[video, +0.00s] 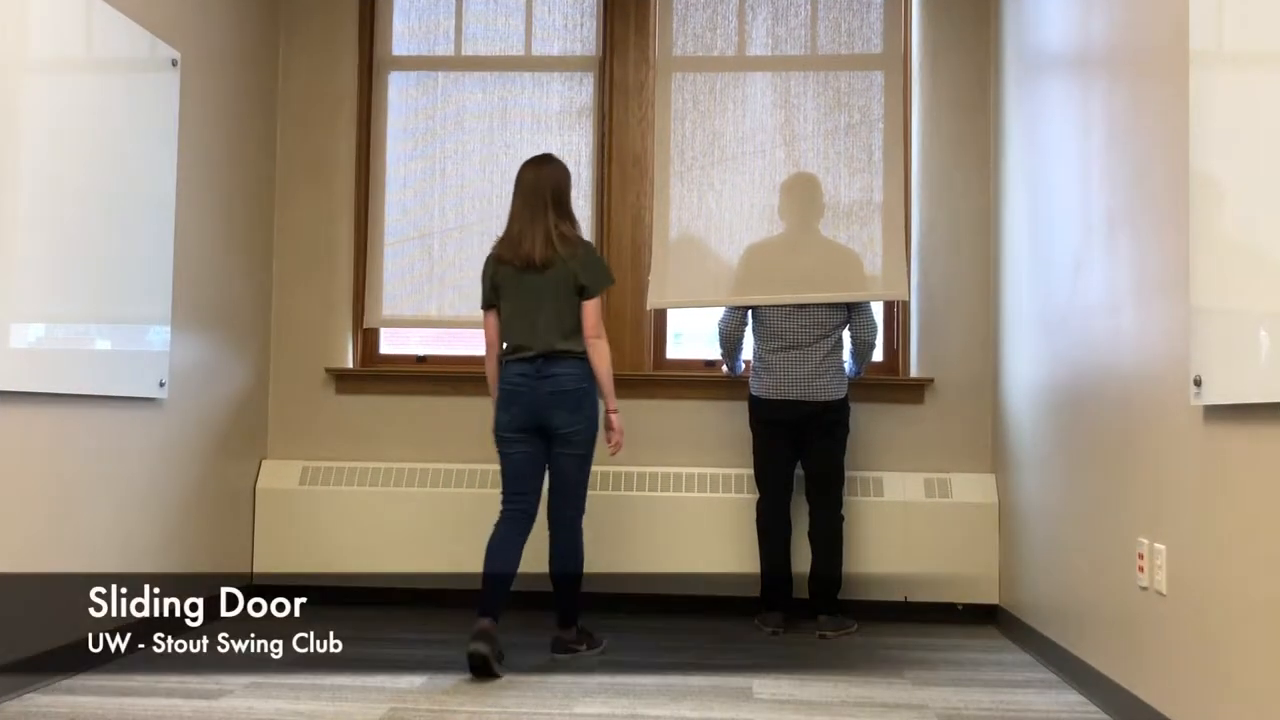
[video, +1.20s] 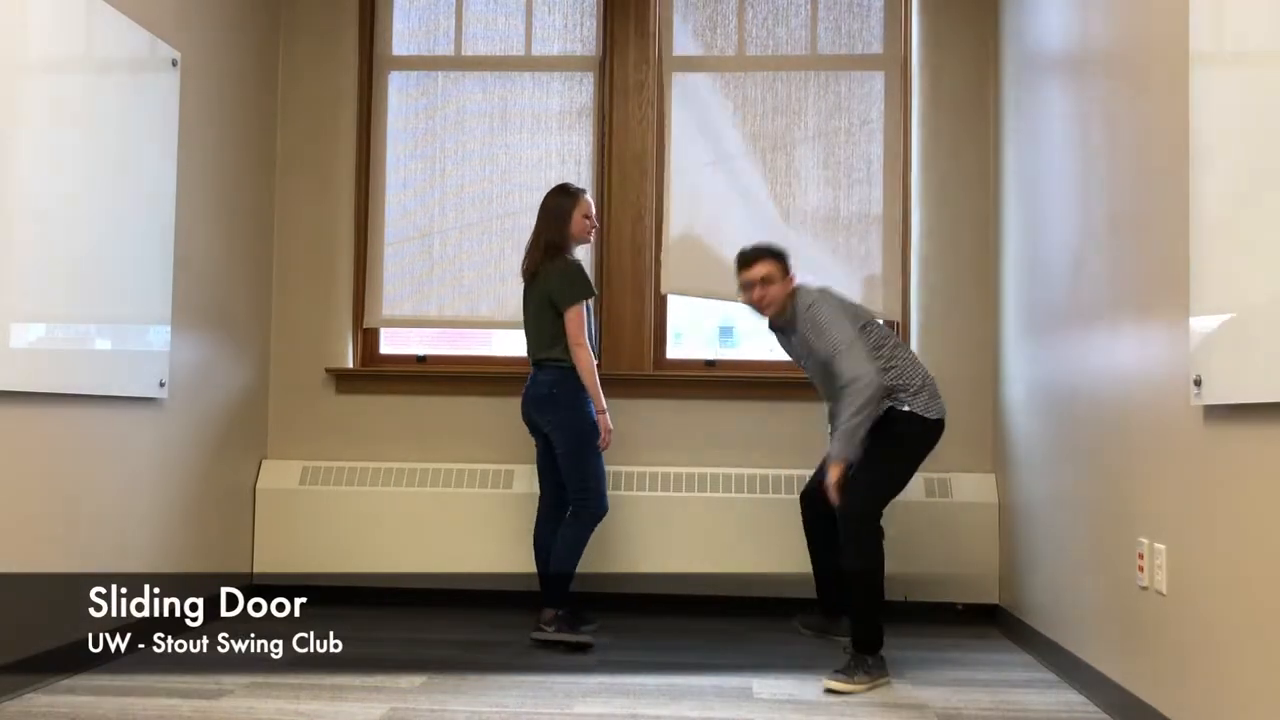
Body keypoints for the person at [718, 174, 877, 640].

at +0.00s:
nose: (798, 211)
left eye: (792, 202)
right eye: (806, 202)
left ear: (782, 207)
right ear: (820, 207)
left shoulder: (758, 256)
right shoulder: (843, 259)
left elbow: (731, 324)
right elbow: (866, 328)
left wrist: (733, 362)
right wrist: (854, 369)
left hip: (771, 398)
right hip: (826, 398)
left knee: (773, 504)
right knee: (826, 506)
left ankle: (774, 611)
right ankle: (825, 612)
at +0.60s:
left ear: (780, 241)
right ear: (821, 236)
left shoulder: (773, 273)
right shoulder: (852, 271)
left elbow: (731, 344)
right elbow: (891, 340)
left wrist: (729, 365)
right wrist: (866, 376)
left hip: (814, 390)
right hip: (869, 392)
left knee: (785, 495)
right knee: (841, 499)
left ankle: (783, 607)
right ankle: (839, 614)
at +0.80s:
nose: (733, 322)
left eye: (732, 312)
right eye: (727, 316)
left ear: (751, 297)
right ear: (759, 295)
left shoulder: (767, 315)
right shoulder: (808, 304)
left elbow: (758, 390)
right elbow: (896, 344)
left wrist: (737, 377)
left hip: (856, 391)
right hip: (897, 391)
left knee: (793, 498)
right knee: (844, 506)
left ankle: (831, 621)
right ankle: (842, 620)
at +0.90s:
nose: (727, 346)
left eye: (726, 335)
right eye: (722, 339)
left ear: (748, 319)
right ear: (750, 318)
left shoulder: (771, 333)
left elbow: (776, 419)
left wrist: (751, 407)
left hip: (875, 401)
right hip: (904, 397)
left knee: (822, 504)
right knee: (839, 506)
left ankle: (853, 637)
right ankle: (848, 628)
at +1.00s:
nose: (724, 351)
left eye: (727, 339)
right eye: (719, 343)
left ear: (752, 325)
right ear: (750, 328)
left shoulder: (778, 340)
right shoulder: (781, 334)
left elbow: (792, 427)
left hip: (900, 409)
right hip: (886, 408)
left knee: (846, 504)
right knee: (828, 492)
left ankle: (868, 655)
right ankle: (840, 616)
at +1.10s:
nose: (735, 331)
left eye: (740, 318)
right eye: (728, 324)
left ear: (768, 309)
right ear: (729, 326)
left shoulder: (802, 337)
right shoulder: (798, 338)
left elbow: (820, 420)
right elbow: (846, 413)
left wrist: (807, 483)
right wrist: (813, 481)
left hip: (909, 413)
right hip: (879, 416)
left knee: (852, 508)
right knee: (822, 498)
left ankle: (868, 656)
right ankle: (838, 617)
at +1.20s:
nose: (758, 293)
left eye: (766, 282)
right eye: (749, 287)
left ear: (789, 280)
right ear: (743, 293)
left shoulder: (816, 311)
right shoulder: (786, 322)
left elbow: (863, 380)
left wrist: (840, 454)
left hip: (912, 412)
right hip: (875, 414)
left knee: (857, 507)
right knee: (818, 497)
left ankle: (868, 657)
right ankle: (835, 616)